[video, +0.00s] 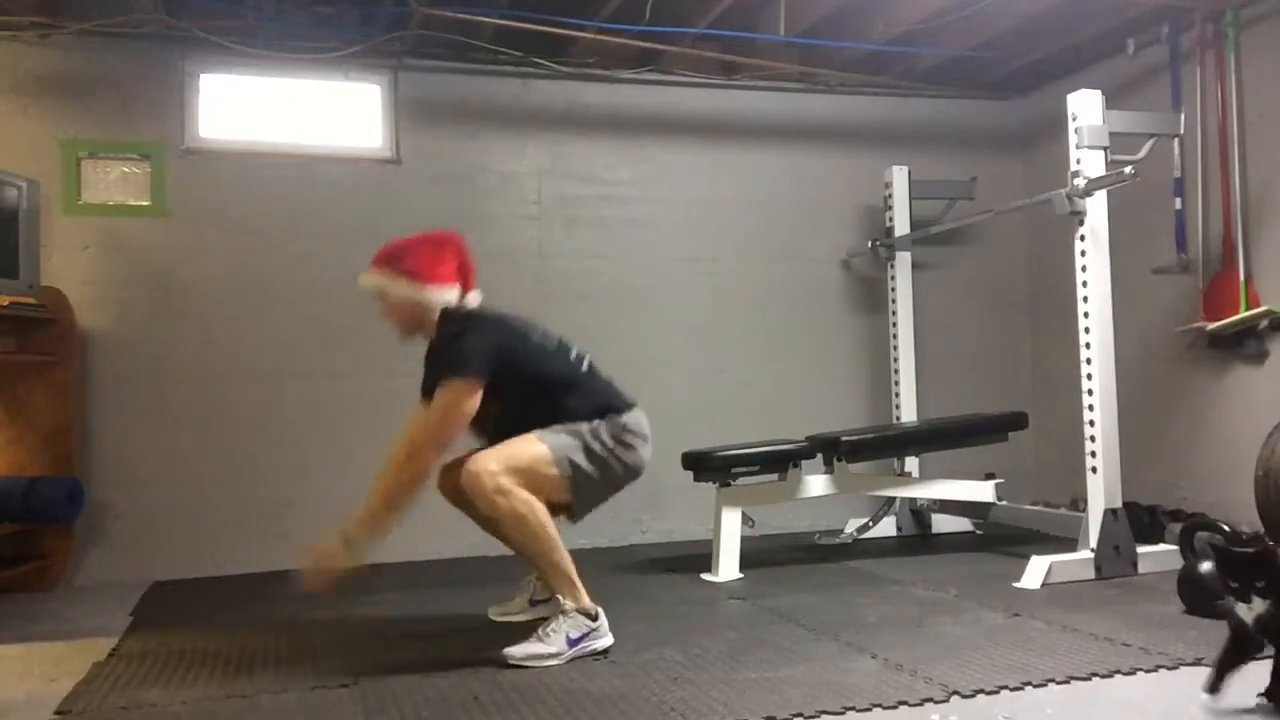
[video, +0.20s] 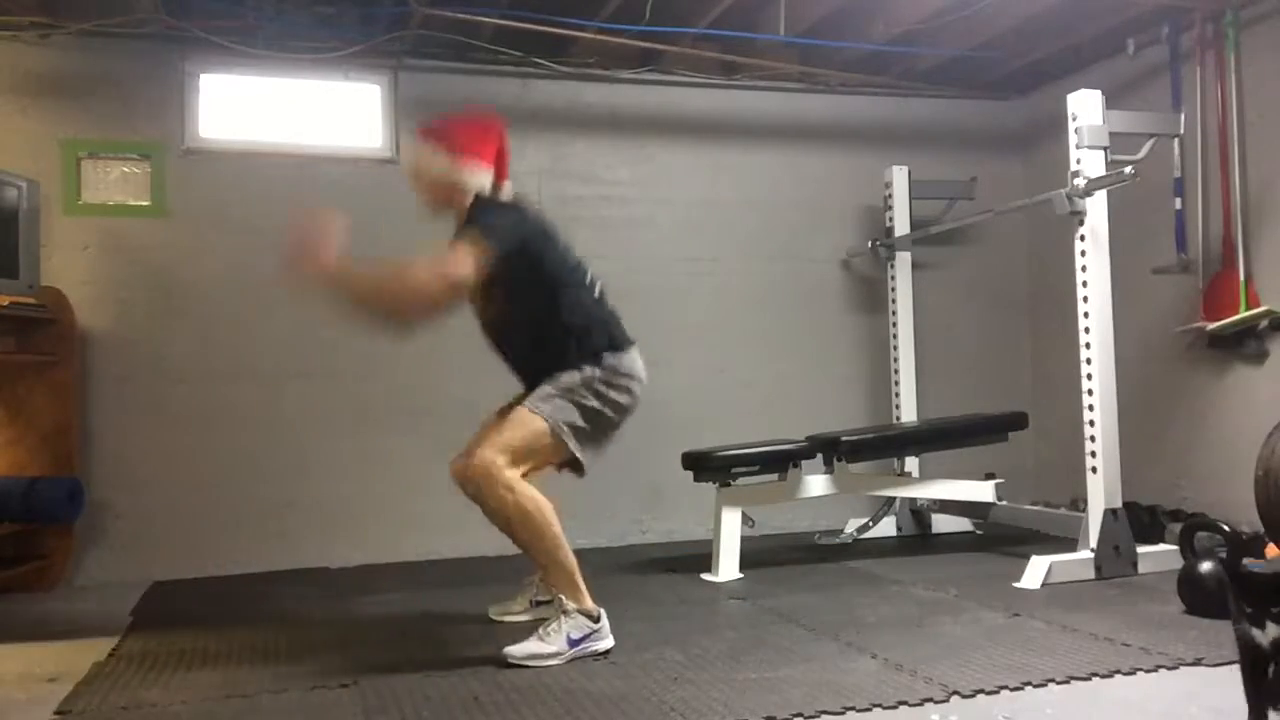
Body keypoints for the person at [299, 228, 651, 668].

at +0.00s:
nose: (383, 309)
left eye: (388, 295)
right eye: (381, 296)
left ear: (422, 291)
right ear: (426, 291)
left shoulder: (470, 336)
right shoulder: (446, 347)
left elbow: (423, 452)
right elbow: (416, 452)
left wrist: (353, 540)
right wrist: (358, 534)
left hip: (612, 434)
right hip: (579, 437)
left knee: (484, 474)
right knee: (457, 480)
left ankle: (582, 615)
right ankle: (555, 580)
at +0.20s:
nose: (417, 173)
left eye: (428, 160)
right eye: (420, 159)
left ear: (462, 166)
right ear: (471, 171)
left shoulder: (500, 219)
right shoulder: (482, 227)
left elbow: (433, 281)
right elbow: (409, 308)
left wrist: (337, 268)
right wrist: (336, 273)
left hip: (599, 373)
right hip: (566, 376)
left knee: (487, 466)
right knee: (475, 469)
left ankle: (583, 614)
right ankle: (557, 579)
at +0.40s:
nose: (450, 79)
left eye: (453, 61)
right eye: (445, 68)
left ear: (481, 44)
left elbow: (468, 60)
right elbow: (410, 146)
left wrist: (419, 31)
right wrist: (389, 56)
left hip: (580, 260)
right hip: (540, 271)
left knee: (541, 408)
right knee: (517, 412)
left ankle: (572, 585)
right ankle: (538, 557)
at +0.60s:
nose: (463, 23)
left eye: (464, 15)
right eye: (463, 18)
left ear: (493, 4)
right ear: (490, 14)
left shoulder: (535, 30)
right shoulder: (499, 67)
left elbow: (433, 28)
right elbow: (418, 105)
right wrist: (407, 27)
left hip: (576, 227)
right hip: (538, 234)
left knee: (569, 385)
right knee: (535, 388)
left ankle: (595, 556)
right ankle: (555, 536)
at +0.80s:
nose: (460, 65)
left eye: (465, 50)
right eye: (458, 52)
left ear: (509, 49)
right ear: (511, 51)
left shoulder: (556, 96)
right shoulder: (520, 116)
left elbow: (493, 132)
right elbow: (452, 195)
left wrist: (434, 91)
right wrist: (417, 118)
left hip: (577, 302)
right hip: (541, 306)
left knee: (571, 445)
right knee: (547, 446)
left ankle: (633, 613)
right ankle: (592, 587)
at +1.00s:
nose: (447, 63)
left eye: (453, 48)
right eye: (445, 51)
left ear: (491, 46)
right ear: (485, 50)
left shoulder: (540, 93)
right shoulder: (502, 113)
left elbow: (572, 196)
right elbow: (525, 224)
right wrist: (483, 302)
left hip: (579, 290)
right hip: (550, 295)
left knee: (586, 442)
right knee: (558, 441)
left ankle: (633, 610)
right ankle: (591, 578)